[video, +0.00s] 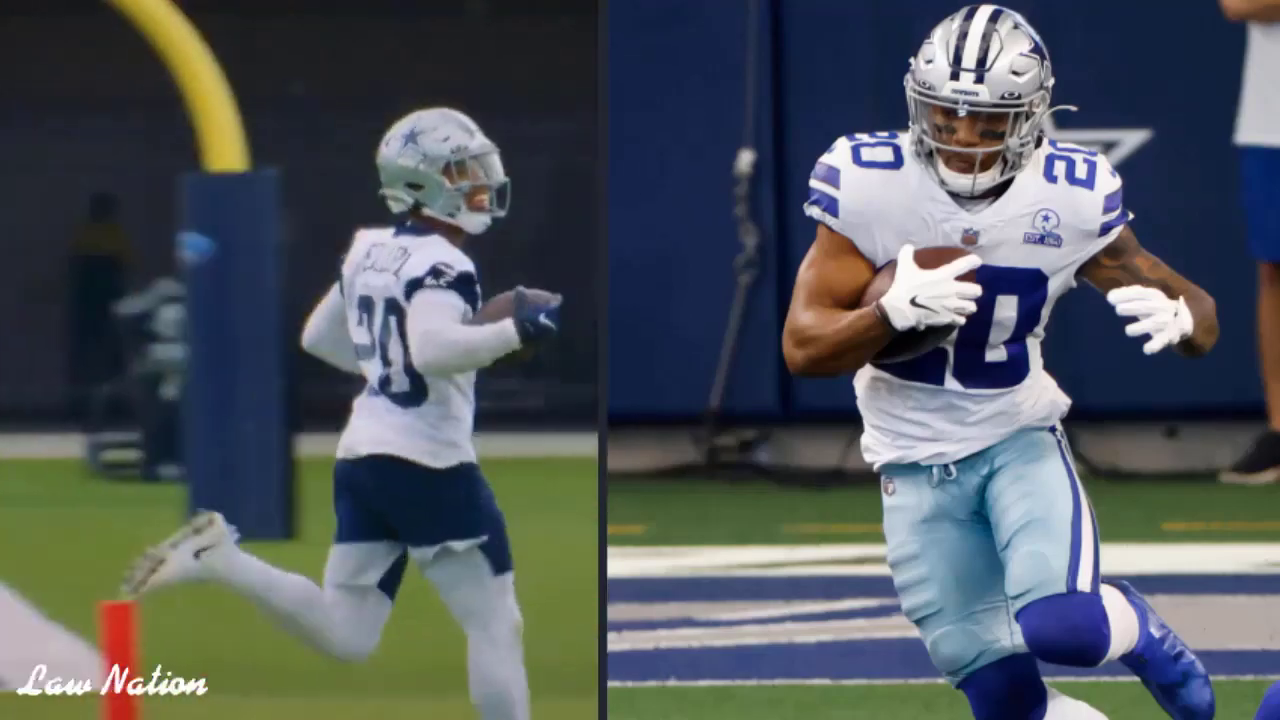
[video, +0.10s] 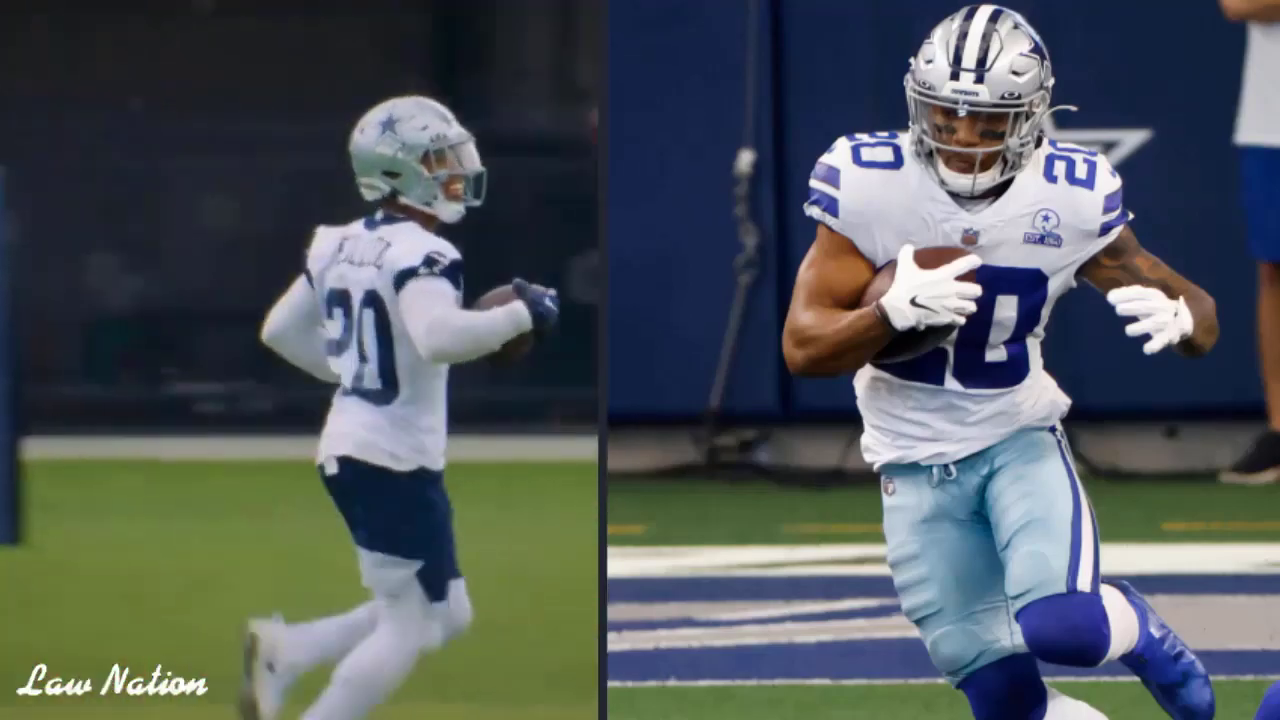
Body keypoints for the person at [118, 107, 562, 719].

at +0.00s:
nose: (481, 186)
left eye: (479, 171)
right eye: (464, 174)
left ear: (409, 191)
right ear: (423, 187)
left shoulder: (369, 250)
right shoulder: (440, 260)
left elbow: (321, 336)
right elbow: (435, 348)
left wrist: (395, 367)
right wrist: (517, 329)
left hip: (363, 462)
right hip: (429, 467)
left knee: (348, 633)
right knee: (495, 623)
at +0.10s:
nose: (455, 175)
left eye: (454, 161)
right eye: (441, 163)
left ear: (386, 179)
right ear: (404, 174)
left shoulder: (339, 244)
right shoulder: (422, 249)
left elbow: (282, 330)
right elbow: (436, 335)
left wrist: (349, 368)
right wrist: (522, 312)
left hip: (350, 448)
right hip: (391, 458)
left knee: (449, 610)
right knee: (411, 623)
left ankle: (288, 650)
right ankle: (321, 714)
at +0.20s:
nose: (404, 152)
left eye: (401, 138)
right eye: (390, 141)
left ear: (326, 160)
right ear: (350, 156)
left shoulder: (283, 229)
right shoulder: (379, 228)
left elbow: (227, 315)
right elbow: (401, 318)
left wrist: (306, 352)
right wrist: (495, 335)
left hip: (341, 445)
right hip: (357, 450)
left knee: (454, 596)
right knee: (330, 621)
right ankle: (156, 676)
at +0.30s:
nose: (381, 179)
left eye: (377, 164)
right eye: (365, 167)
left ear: (307, 186)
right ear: (325, 181)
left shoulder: (270, 256)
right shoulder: (352, 259)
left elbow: (210, 341)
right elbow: (346, 364)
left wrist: (298, 375)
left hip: (319, 470)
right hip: (344, 477)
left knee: (438, 652)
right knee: (330, 659)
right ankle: (153, 605)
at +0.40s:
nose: (370, 184)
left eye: (367, 168)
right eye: (350, 172)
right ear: (310, 186)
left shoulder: (301, 268)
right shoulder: (311, 275)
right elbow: (267, 391)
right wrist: (337, 455)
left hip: (323, 508)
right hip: (334, 513)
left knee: (403, 680)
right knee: (442, 672)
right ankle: (253, 684)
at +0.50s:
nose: (334, 148)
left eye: (333, 129)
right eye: (312, 134)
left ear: (344, 130)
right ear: (266, 149)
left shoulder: (322, 237)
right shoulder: (259, 247)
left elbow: (317, 356)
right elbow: (208, 372)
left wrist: (389, 329)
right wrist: (259, 435)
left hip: (297, 491)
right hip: (355, 476)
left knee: (339, 697)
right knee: (473, 631)